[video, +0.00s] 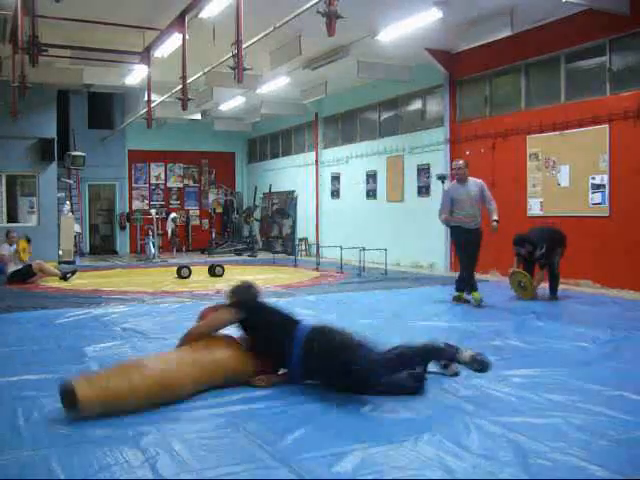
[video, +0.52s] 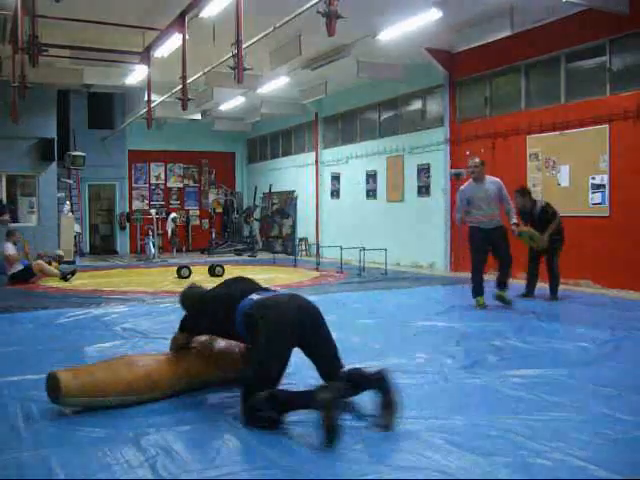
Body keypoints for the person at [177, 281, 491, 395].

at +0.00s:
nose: (229, 309)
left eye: (230, 305)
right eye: (231, 304)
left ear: (237, 303)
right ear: (255, 300)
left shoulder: (252, 311)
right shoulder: (266, 326)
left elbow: (205, 323)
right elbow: (294, 364)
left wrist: (184, 344)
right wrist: (276, 376)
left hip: (316, 347)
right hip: (313, 364)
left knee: (375, 368)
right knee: (370, 379)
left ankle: (437, 358)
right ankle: (428, 365)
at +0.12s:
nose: (202, 312)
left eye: (204, 307)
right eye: (203, 307)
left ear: (212, 306)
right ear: (228, 301)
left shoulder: (223, 318)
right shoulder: (247, 318)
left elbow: (186, 340)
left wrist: (204, 336)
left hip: (299, 354)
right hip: (299, 372)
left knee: (322, 391)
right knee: (387, 374)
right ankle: (439, 333)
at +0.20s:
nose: (190, 316)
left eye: (188, 311)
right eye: (192, 309)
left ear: (192, 309)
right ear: (212, 297)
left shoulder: (205, 322)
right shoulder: (237, 308)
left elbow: (180, 345)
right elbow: (277, 326)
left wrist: (202, 344)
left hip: (285, 357)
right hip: (306, 347)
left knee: (303, 408)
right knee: (381, 381)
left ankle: (376, 387)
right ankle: (439, 326)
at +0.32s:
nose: (178, 313)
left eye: (177, 310)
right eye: (182, 306)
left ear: (179, 308)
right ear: (199, 295)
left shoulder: (189, 320)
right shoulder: (230, 301)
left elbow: (174, 350)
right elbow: (267, 323)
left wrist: (191, 343)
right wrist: (263, 371)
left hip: (277, 342)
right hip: (300, 331)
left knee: (300, 414)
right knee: (367, 385)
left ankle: (372, 393)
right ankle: (423, 340)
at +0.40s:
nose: (179, 314)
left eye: (177, 310)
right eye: (179, 309)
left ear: (181, 303)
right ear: (199, 291)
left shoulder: (190, 308)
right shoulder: (234, 292)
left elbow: (174, 349)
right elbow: (257, 340)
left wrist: (198, 335)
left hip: (269, 326)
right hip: (297, 313)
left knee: (284, 409)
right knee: (352, 382)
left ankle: (354, 399)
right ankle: (405, 367)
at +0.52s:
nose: (187, 311)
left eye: (186, 308)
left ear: (190, 302)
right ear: (206, 289)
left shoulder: (199, 306)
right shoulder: (239, 286)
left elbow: (176, 347)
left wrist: (194, 336)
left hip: (269, 318)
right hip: (300, 305)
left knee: (254, 411)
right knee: (335, 381)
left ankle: (319, 399)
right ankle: (373, 380)